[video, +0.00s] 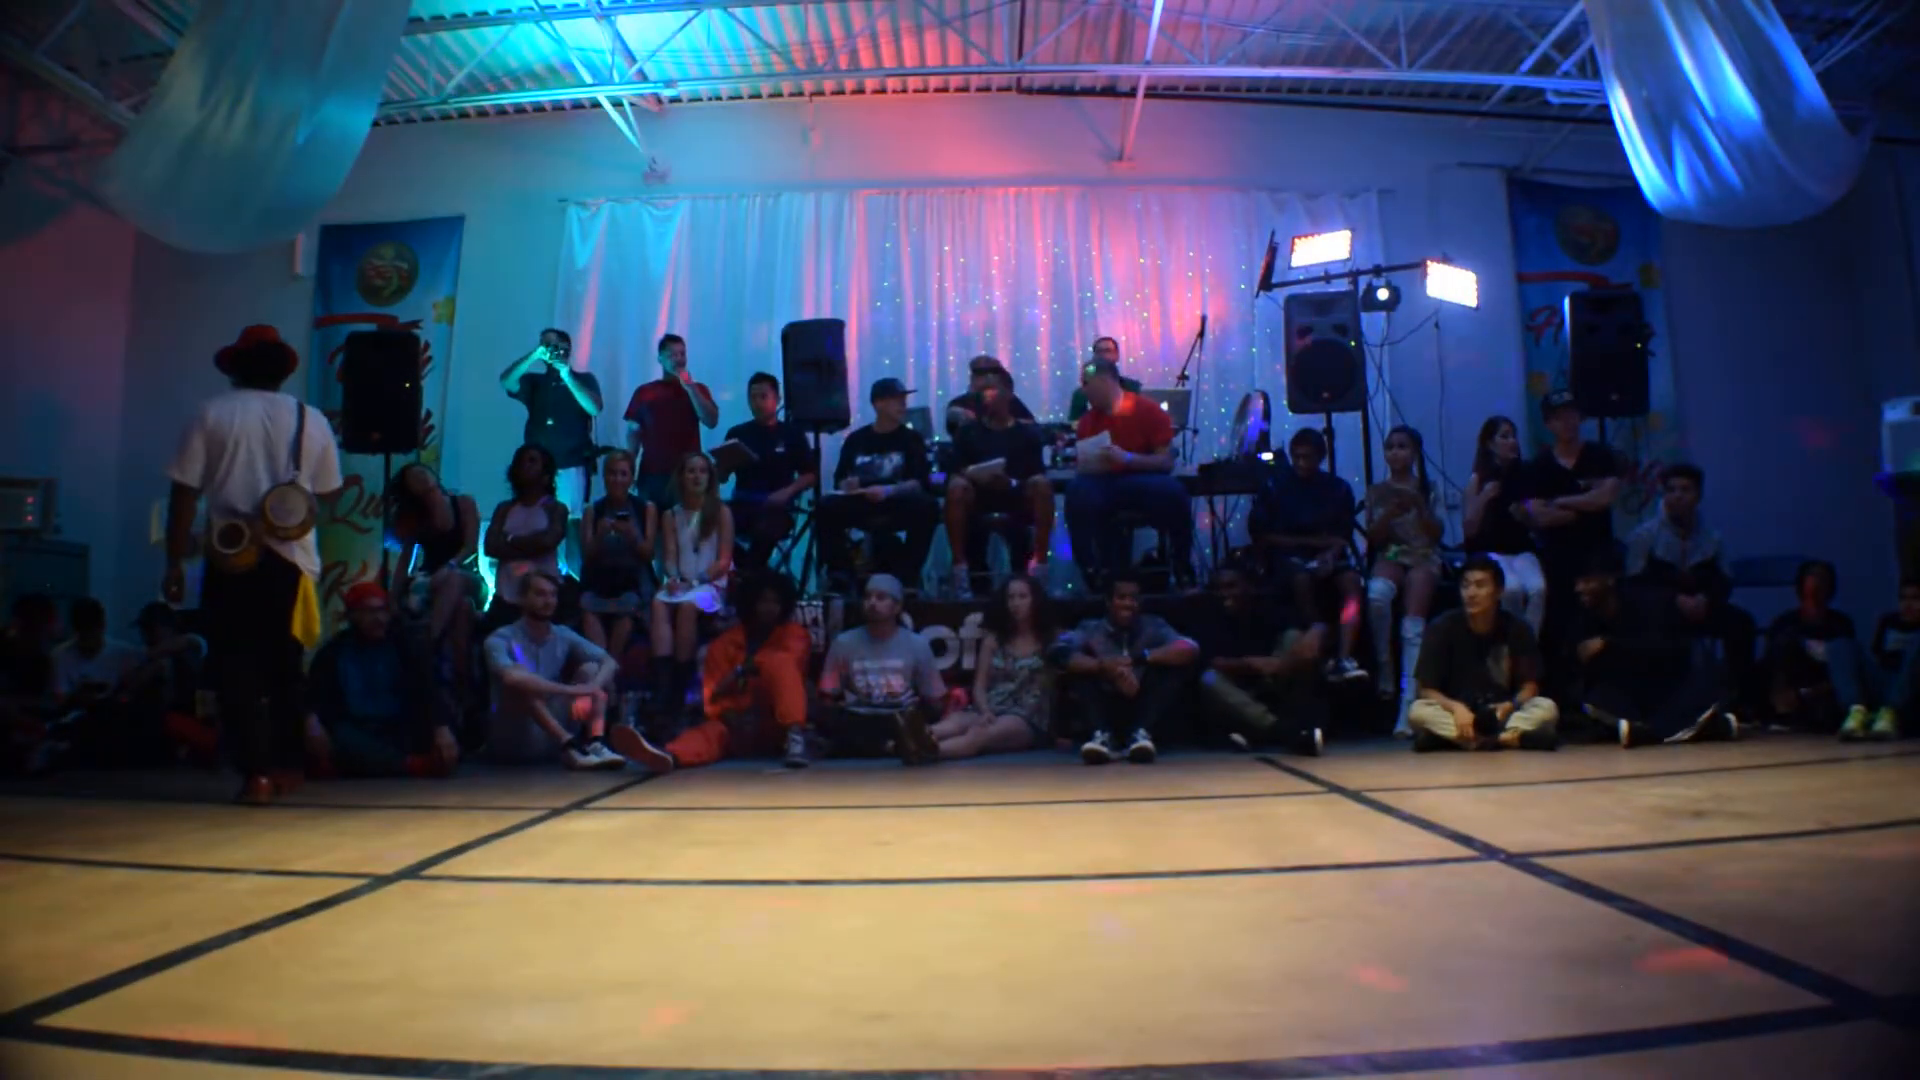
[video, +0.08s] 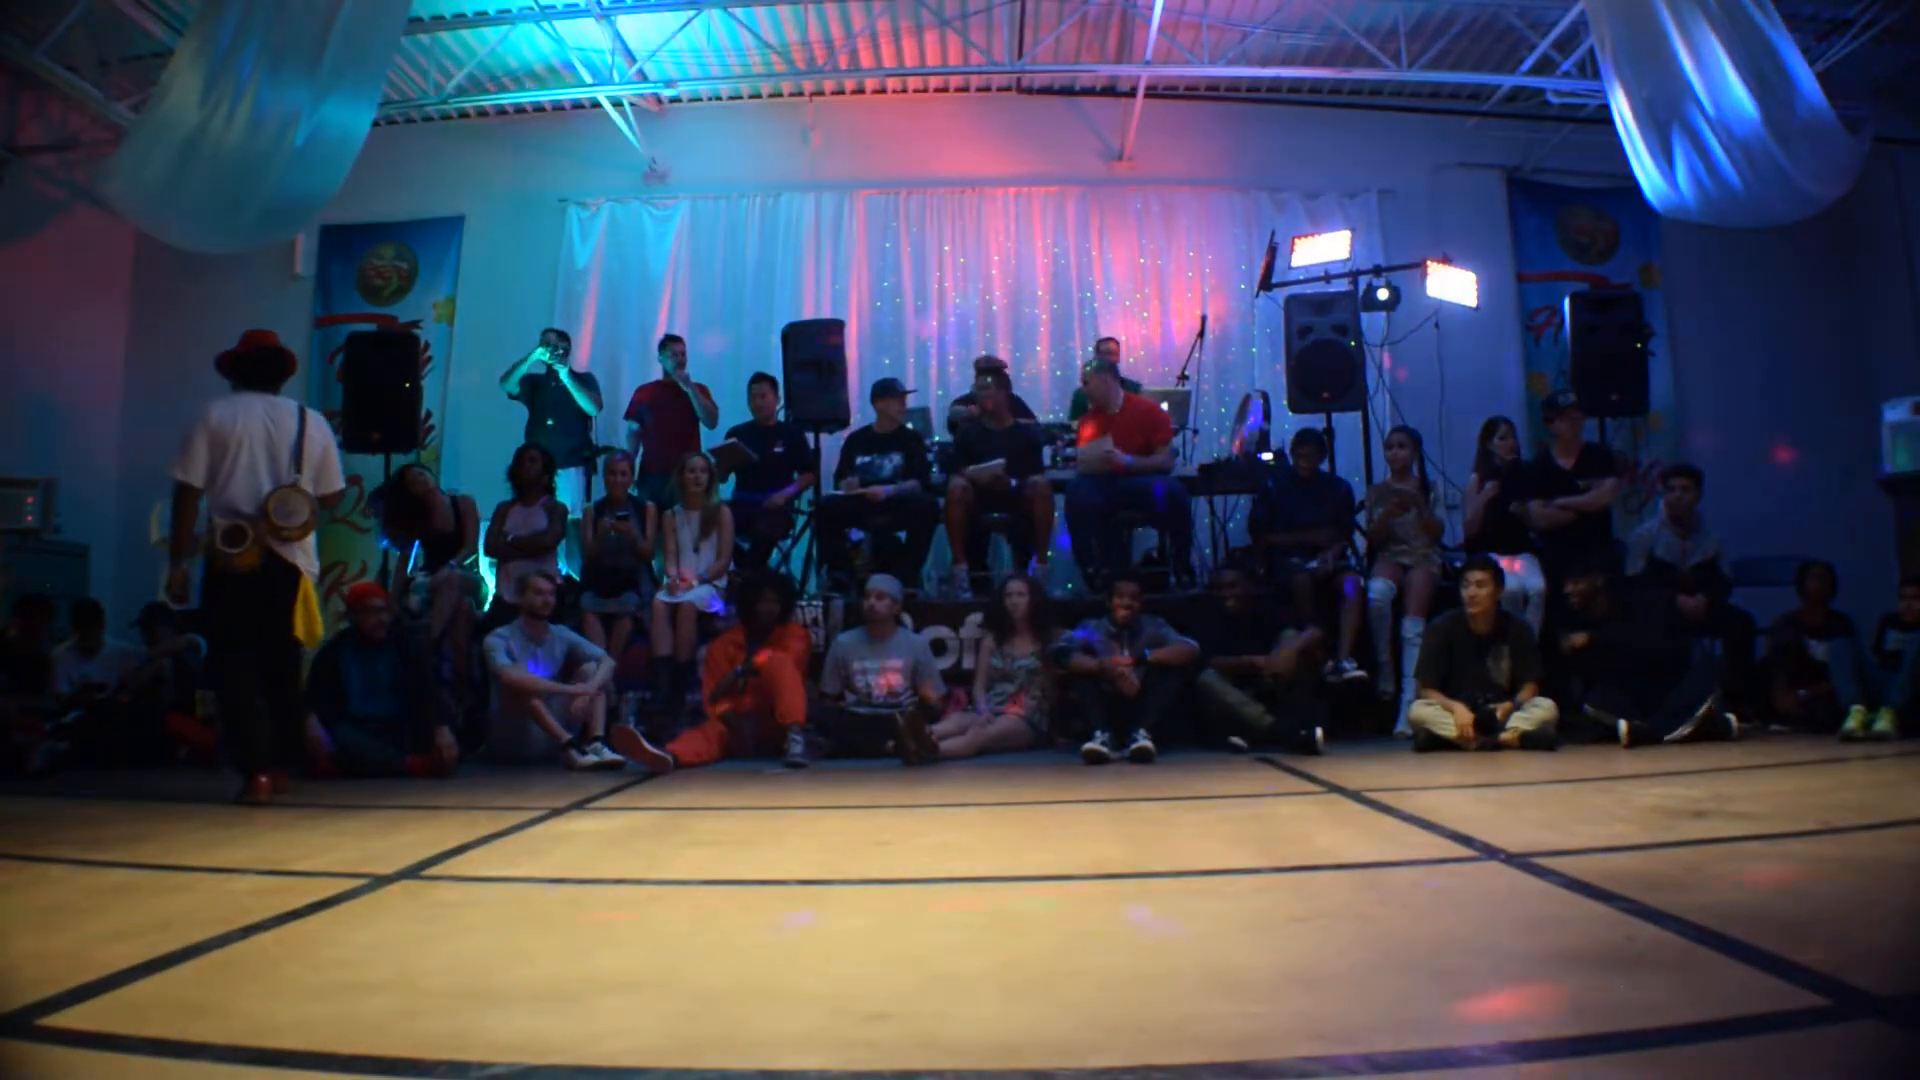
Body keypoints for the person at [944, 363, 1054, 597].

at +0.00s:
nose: (989, 395)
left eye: (995, 388)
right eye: (985, 389)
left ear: (1009, 394)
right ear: (978, 395)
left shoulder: (1027, 431)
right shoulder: (968, 432)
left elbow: (1037, 472)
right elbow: (955, 468)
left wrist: (1010, 482)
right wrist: (973, 475)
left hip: (1014, 490)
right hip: (980, 490)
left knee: (1041, 485)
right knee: (957, 487)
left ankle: (1039, 560)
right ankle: (959, 564)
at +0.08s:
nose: (983, 394)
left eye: (989, 388)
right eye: (979, 389)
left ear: (1005, 393)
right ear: (975, 394)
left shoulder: (1027, 431)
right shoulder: (968, 431)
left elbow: (1035, 473)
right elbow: (955, 468)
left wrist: (1009, 482)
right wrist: (973, 476)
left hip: (1013, 489)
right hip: (979, 490)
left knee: (1040, 487)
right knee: (957, 487)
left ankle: (1041, 562)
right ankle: (959, 566)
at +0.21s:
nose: (976, 395)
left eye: (982, 389)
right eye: (975, 389)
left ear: (1003, 396)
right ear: (974, 396)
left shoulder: (1024, 432)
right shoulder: (966, 432)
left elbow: (1035, 473)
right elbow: (954, 469)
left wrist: (1006, 481)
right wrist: (975, 476)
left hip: (1012, 489)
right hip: (978, 491)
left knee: (1040, 487)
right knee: (957, 487)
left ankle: (1040, 564)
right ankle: (959, 567)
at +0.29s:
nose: (972, 397)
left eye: (979, 391)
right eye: (972, 391)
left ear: (997, 396)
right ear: (973, 399)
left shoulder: (1022, 432)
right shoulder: (965, 433)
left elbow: (1034, 473)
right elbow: (952, 470)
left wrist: (1006, 481)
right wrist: (977, 476)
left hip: (1011, 490)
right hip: (977, 491)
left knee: (1040, 486)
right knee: (956, 487)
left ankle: (1039, 564)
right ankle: (959, 566)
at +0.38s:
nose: (971, 396)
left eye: (976, 390)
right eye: (970, 391)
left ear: (995, 392)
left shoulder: (1022, 433)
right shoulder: (964, 434)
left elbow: (1034, 474)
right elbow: (952, 473)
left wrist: (1005, 482)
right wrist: (977, 476)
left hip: (1011, 492)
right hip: (977, 493)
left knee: (1040, 487)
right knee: (956, 489)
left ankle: (1040, 565)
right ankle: (958, 567)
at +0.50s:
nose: (970, 395)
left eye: (975, 389)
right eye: (969, 391)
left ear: (994, 393)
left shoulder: (1022, 431)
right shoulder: (964, 433)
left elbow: (1032, 471)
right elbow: (954, 471)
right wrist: (982, 476)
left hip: (1012, 491)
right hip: (977, 493)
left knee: (1039, 485)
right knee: (956, 487)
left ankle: (1041, 563)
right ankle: (958, 567)